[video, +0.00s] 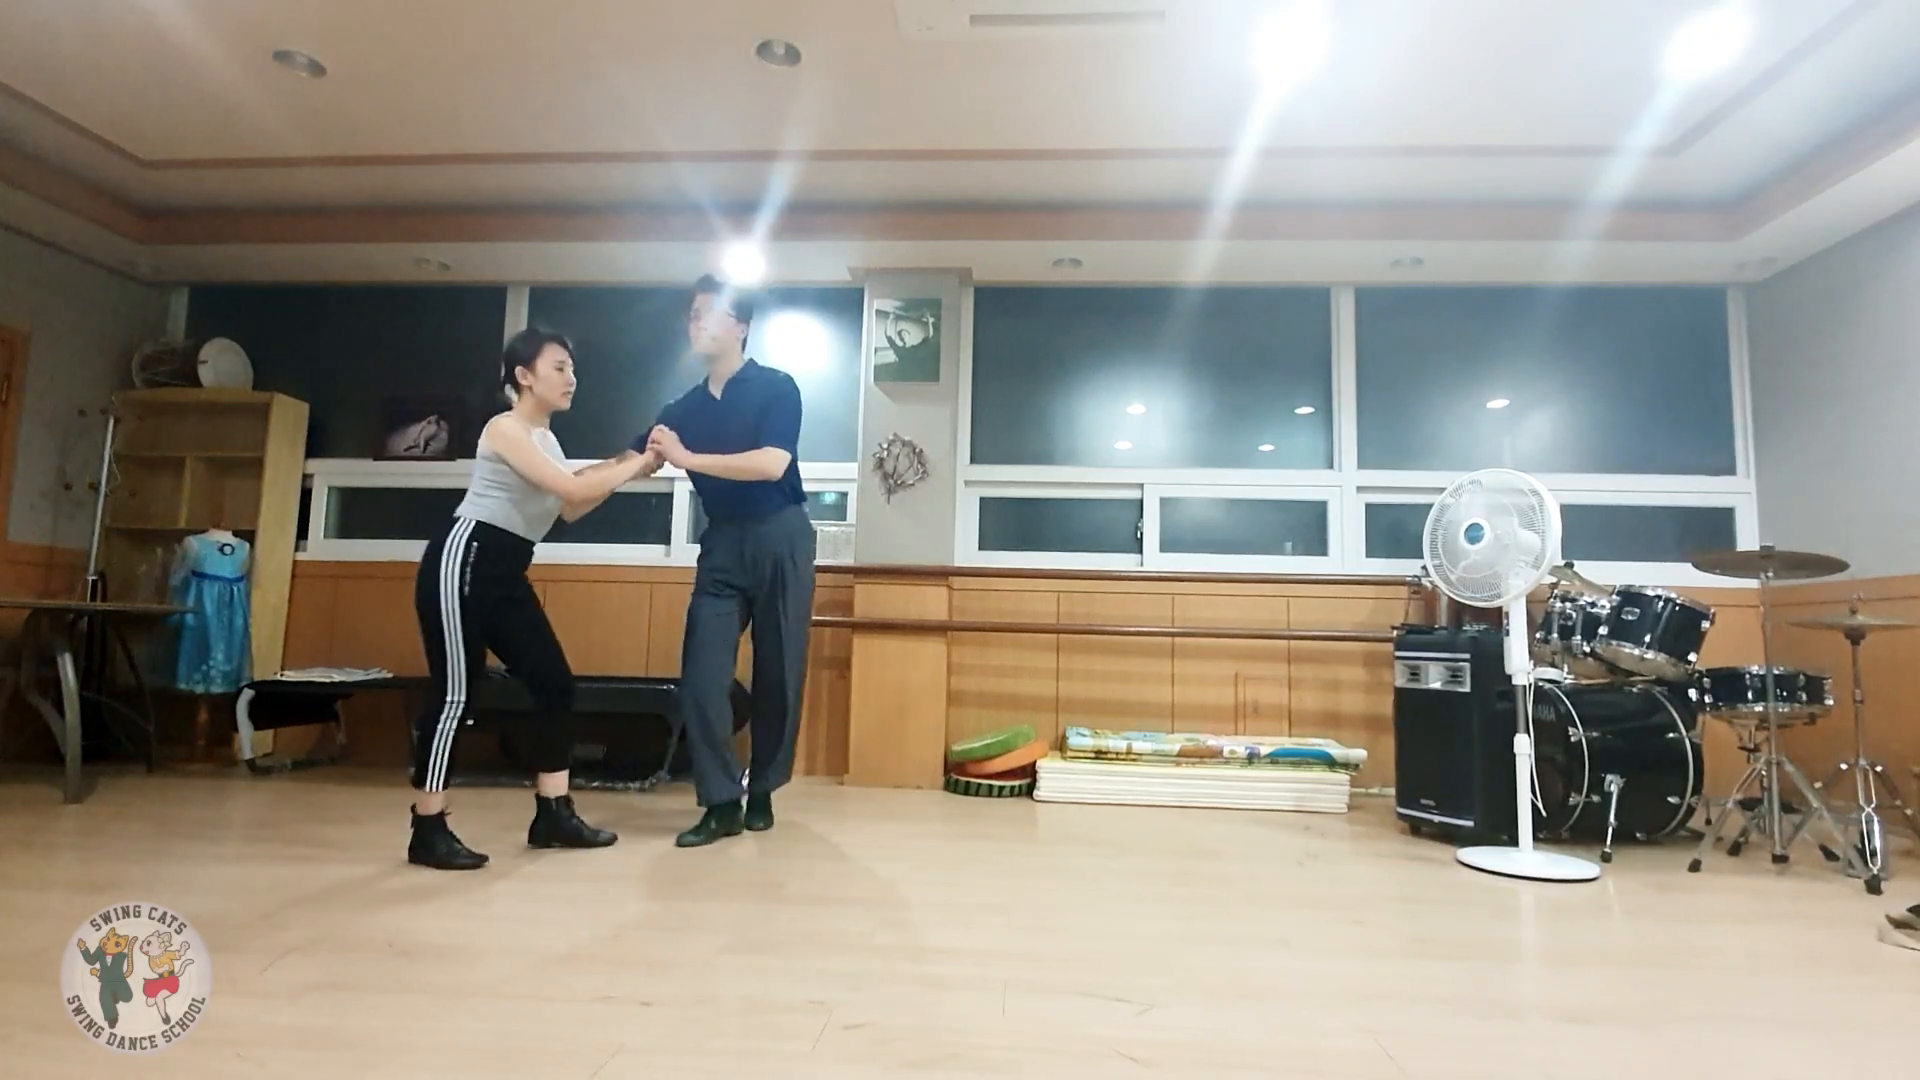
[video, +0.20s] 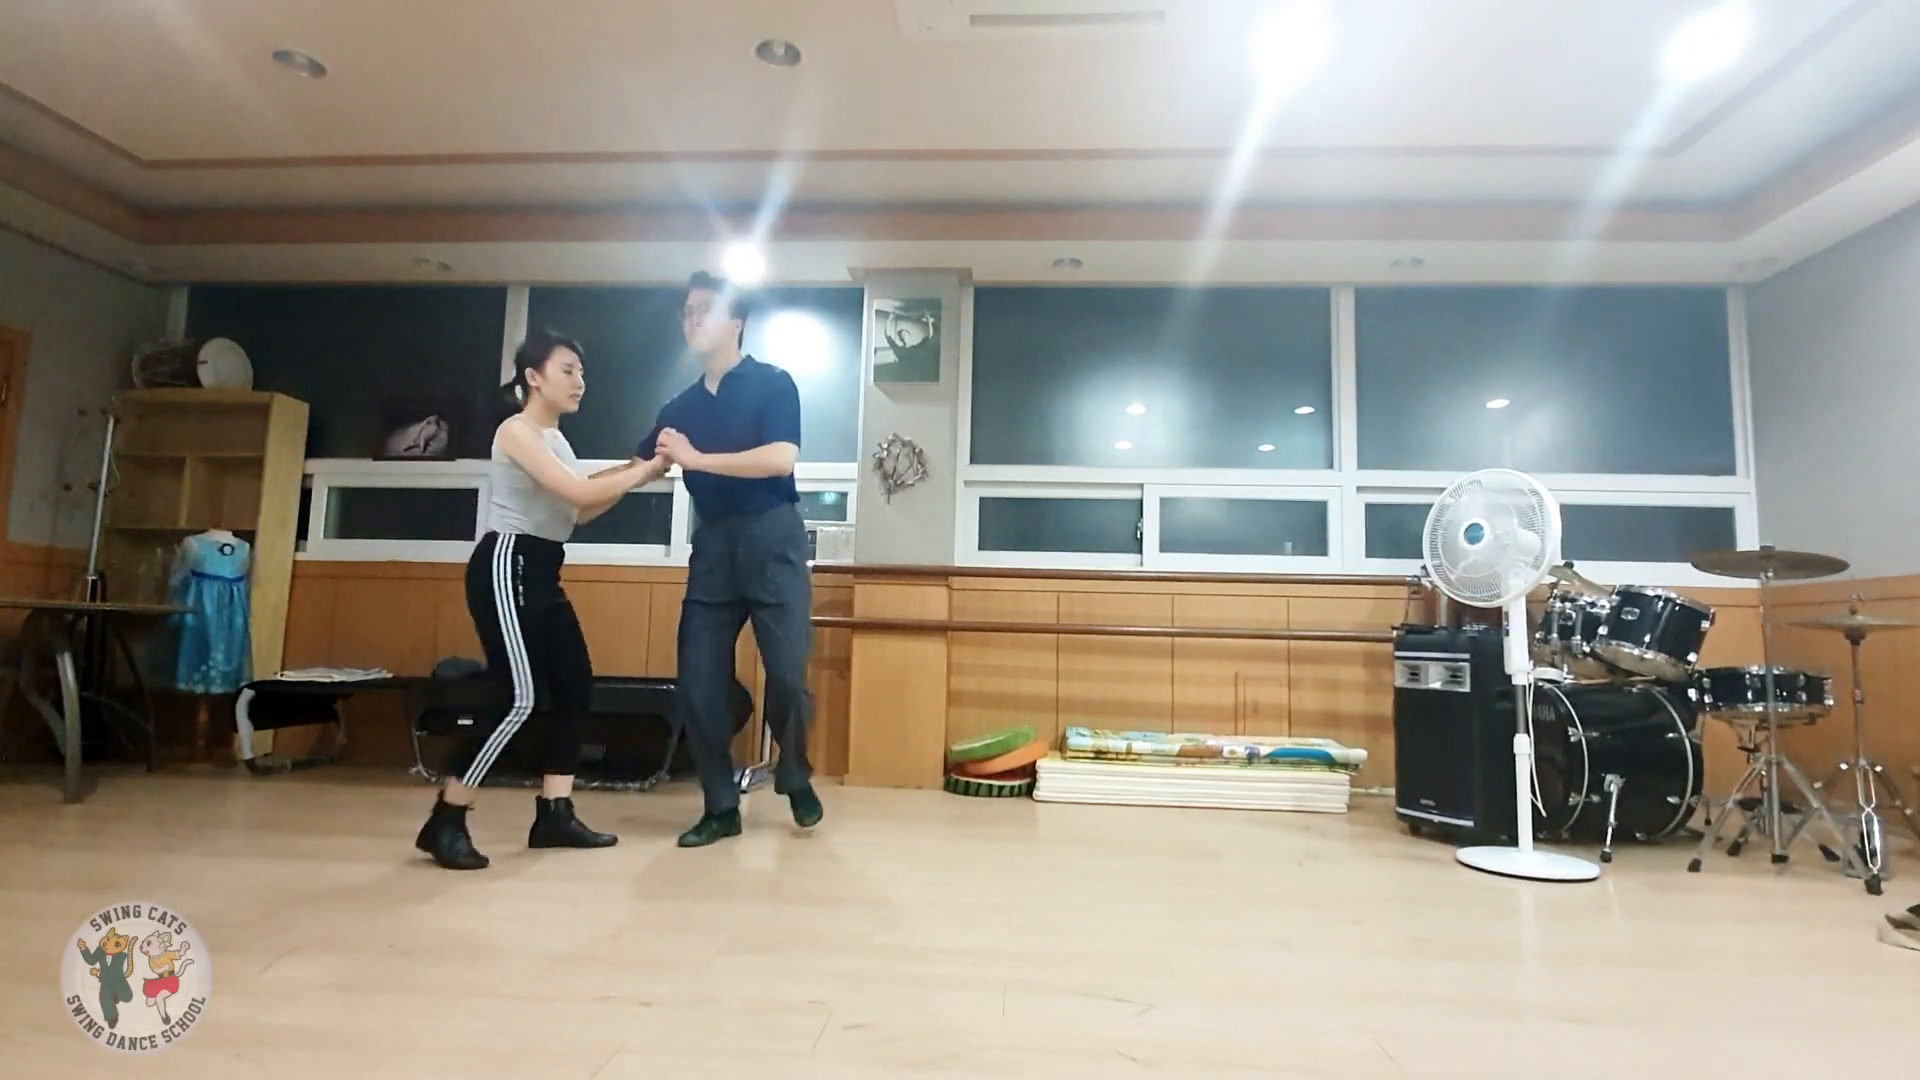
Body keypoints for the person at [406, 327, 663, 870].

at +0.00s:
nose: (570, 379)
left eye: (571, 370)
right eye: (559, 368)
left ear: (555, 380)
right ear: (523, 375)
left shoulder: (548, 442)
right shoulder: (502, 428)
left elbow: (571, 509)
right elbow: (572, 488)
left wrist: (622, 471)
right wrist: (632, 464)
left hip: (504, 575)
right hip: (459, 563)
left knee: (554, 683)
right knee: (454, 695)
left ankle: (554, 814)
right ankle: (428, 828)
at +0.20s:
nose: (579, 382)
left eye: (580, 373)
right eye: (568, 370)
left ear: (567, 383)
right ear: (533, 377)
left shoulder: (559, 441)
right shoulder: (515, 431)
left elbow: (580, 512)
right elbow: (580, 493)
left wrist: (635, 476)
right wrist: (638, 471)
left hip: (541, 573)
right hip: (504, 567)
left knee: (573, 686)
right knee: (523, 696)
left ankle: (554, 815)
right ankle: (446, 818)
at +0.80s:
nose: (603, 381)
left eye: (609, 374)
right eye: (590, 372)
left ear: (618, 388)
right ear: (565, 383)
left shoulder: (621, 450)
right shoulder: (543, 429)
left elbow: (655, 514)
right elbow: (557, 462)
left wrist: (670, 488)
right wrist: (596, 424)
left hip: (580, 572)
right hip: (530, 563)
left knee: (615, 678)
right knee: (524, 686)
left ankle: (608, 803)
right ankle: (499, 815)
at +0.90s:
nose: (611, 382)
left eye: (616, 371)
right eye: (600, 371)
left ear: (627, 381)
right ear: (581, 382)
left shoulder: (642, 437)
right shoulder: (565, 434)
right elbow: (555, 463)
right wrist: (575, 421)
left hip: (611, 569)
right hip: (560, 564)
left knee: (632, 686)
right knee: (547, 688)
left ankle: (622, 805)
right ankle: (504, 815)